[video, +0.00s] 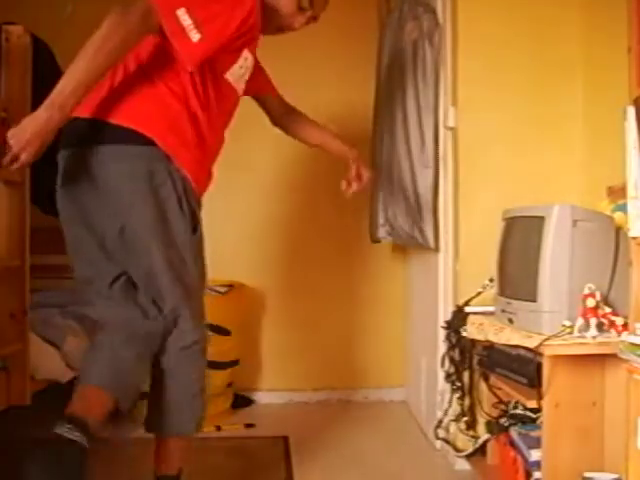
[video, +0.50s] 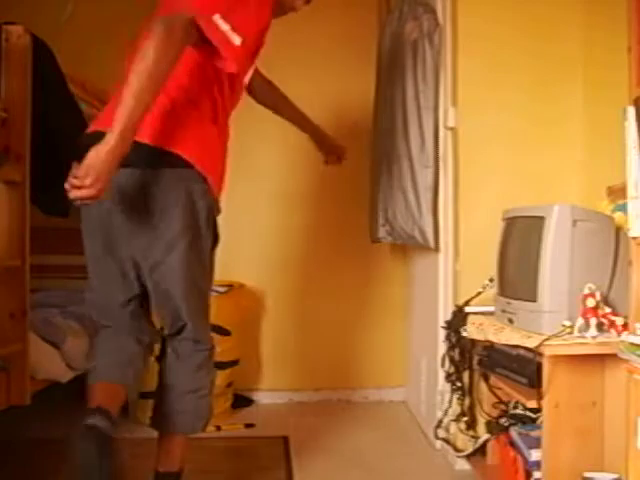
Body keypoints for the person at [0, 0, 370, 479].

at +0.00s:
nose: (305, 23)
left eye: (312, 19)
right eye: (308, 11)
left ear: (293, 13)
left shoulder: (243, 54)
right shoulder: (237, 8)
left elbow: (283, 113)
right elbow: (136, 14)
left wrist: (344, 150)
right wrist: (50, 114)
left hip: (87, 148)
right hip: (143, 152)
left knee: (129, 308)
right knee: (181, 320)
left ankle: (72, 432)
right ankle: (170, 470)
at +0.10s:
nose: (306, 18)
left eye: (313, 13)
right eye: (308, 7)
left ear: (294, 7)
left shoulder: (248, 52)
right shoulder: (232, 6)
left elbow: (291, 103)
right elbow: (128, 18)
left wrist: (351, 154)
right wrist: (46, 122)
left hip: (90, 158)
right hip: (146, 161)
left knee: (138, 323)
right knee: (192, 337)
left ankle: (122, 459)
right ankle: (163, 471)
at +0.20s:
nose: (299, 15)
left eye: (307, 10)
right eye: (301, 3)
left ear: (298, 9)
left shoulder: (234, 45)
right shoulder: (233, 4)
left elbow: (284, 96)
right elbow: (135, 16)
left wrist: (356, 139)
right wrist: (53, 119)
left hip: (94, 154)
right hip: (156, 158)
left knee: (140, 323)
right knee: (193, 332)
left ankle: (115, 459)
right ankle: (163, 469)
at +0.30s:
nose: (297, 13)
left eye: (302, 8)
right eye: (301, 5)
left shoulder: (225, 25)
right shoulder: (247, 2)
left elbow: (266, 82)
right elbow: (158, 11)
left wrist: (342, 119)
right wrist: (87, 115)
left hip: (103, 152)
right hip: (168, 159)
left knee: (126, 318)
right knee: (191, 328)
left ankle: (71, 440)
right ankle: (164, 472)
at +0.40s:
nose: (296, 13)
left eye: (299, 9)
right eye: (299, 6)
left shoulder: (217, 18)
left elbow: (256, 72)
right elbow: (185, 21)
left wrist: (325, 116)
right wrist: (119, 133)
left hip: (102, 149)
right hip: (169, 160)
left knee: (117, 323)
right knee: (190, 331)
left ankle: (53, 437)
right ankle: (165, 470)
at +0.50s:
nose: (294, 10)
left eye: (298, 7)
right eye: (297, 3)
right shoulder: (253, 3)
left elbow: (255, 81)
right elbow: (171, 26)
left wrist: (317, 132)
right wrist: (116, 141)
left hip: (108, 160)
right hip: (175, 167)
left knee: (119, 319)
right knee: (187, 331)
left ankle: (97, 425)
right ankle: (169, 470)